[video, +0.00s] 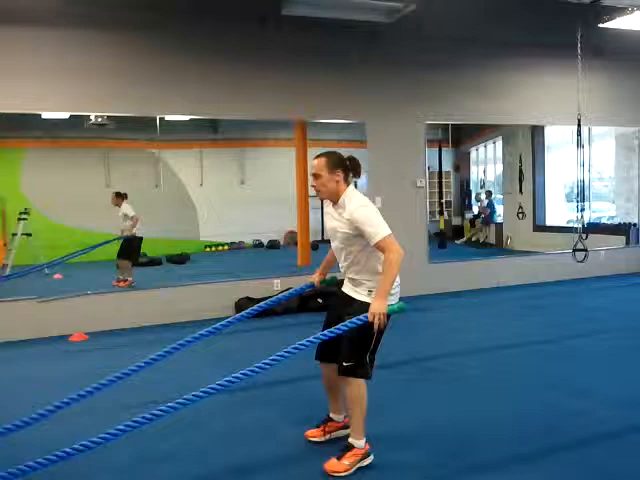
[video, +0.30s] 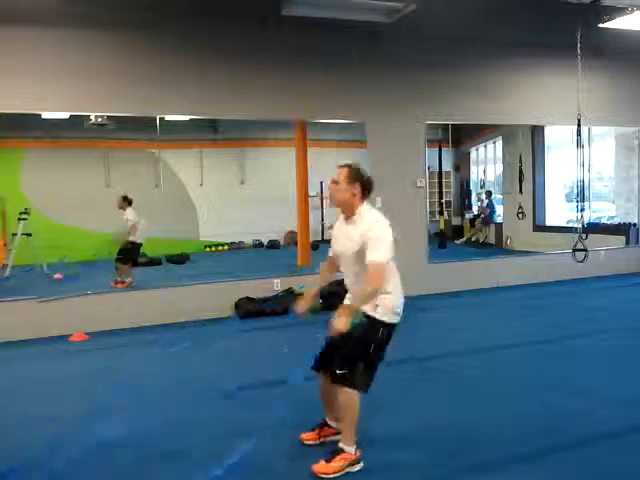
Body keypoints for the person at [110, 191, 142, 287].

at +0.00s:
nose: (112, 201)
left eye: (114, 199)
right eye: (112, 199)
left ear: (119, 199)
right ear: (119, 199)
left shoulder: (125, 207)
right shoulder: (122, 208)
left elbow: (135, 218)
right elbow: (127, 221)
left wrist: (130, 229)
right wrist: (122, 231)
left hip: (131, 237)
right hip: (127, 236)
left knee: (123, 259)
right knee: (123, 259)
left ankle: (126, 279)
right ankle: (122, 278)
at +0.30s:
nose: (118, 204)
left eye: (120, 202)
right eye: (119, 202)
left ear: (125, 203)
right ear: (126, 203)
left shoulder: (130, 213)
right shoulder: (128, 212)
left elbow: (133, 225)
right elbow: (133, 225)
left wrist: (129, 238)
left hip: (132, 241)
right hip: (133, 241)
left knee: (121, 260)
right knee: (127, 261)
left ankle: (123, 279)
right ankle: (126, 278)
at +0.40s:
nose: (125, 198)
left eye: (127, 196)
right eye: (125, 196)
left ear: (133, 197)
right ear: (132, 197)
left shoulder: (135, 206)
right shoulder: (131, 207)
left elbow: (123, 212)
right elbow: (118, 215)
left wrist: (113, 213)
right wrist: (105, 220)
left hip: (135, 236)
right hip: (131, 235)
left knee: (126, 260)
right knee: (125, 259)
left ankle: (127, 279)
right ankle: (123, 278)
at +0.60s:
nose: (120, 215)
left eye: (121, 212)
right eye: (119, 213)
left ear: (125, 210)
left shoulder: (131, 214)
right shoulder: (126, 216)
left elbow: (132, 205)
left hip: (141, 235)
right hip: (136, 236)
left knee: (126, 259)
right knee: (122, 259)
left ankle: (129, 279)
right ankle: (124, 278)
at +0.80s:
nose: (112, 227)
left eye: (113, 224)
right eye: (112, 225)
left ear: (118, 224)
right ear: (119, 223)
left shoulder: (125, 230)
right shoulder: (126, 228)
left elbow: (125, 243)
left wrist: (121, 254)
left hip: (145, 239)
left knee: (128, 259)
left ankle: (127, 280)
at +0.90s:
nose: (114, 216)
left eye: (115, 214)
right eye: (114, 214)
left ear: (121, 213)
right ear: (121, 214)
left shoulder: (128, 221)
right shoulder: (124, 223)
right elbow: (121, 239)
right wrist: (114, 249)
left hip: (143, 237)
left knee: (128, 259)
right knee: (130, 260)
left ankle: (127, 280)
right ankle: (126, 279)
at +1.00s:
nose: (120, 206)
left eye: (121, 204)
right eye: (120, 204)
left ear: (125, 204)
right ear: (128, 203)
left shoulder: (132, 211)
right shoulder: (132, 211)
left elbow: (119, 215)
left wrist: (106, 219)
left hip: (142, 235)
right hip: (143, 235)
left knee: (127, 257)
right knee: (129, 257)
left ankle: (126, 279)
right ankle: (126, 278)